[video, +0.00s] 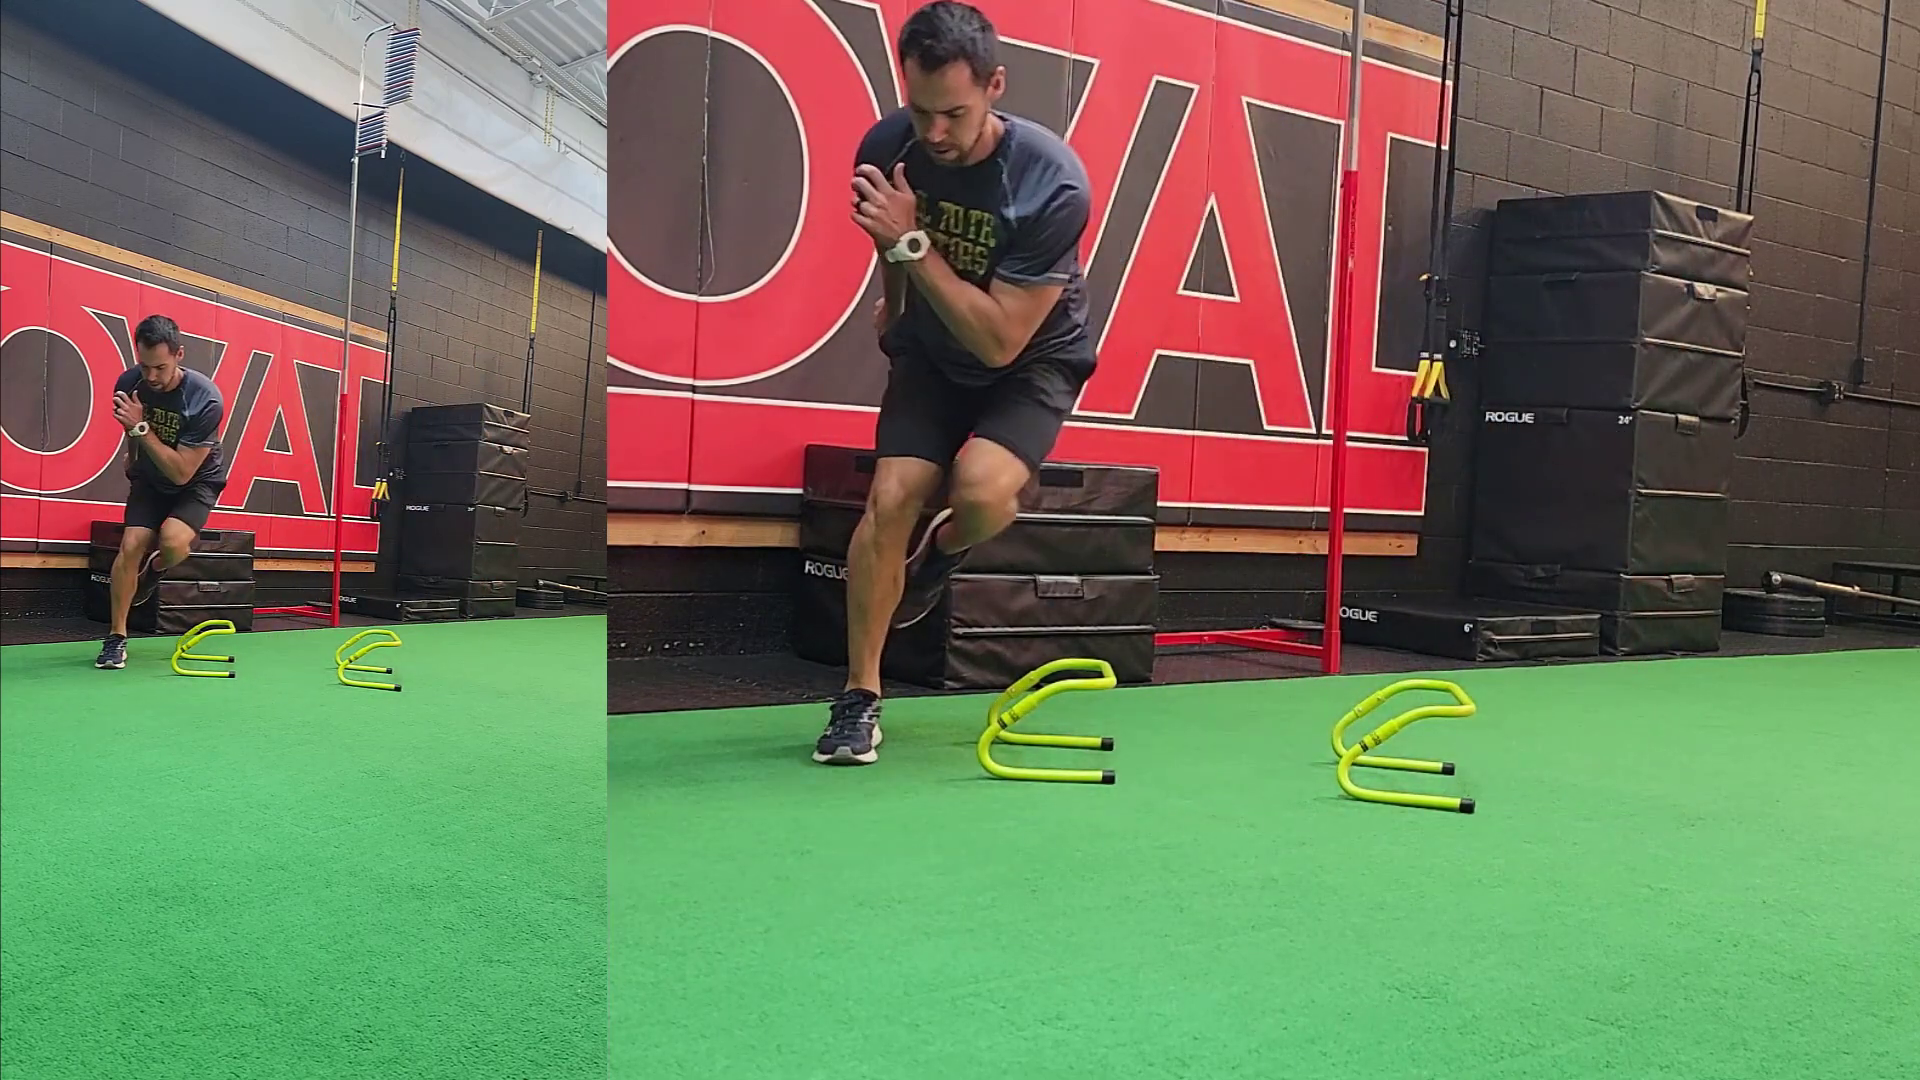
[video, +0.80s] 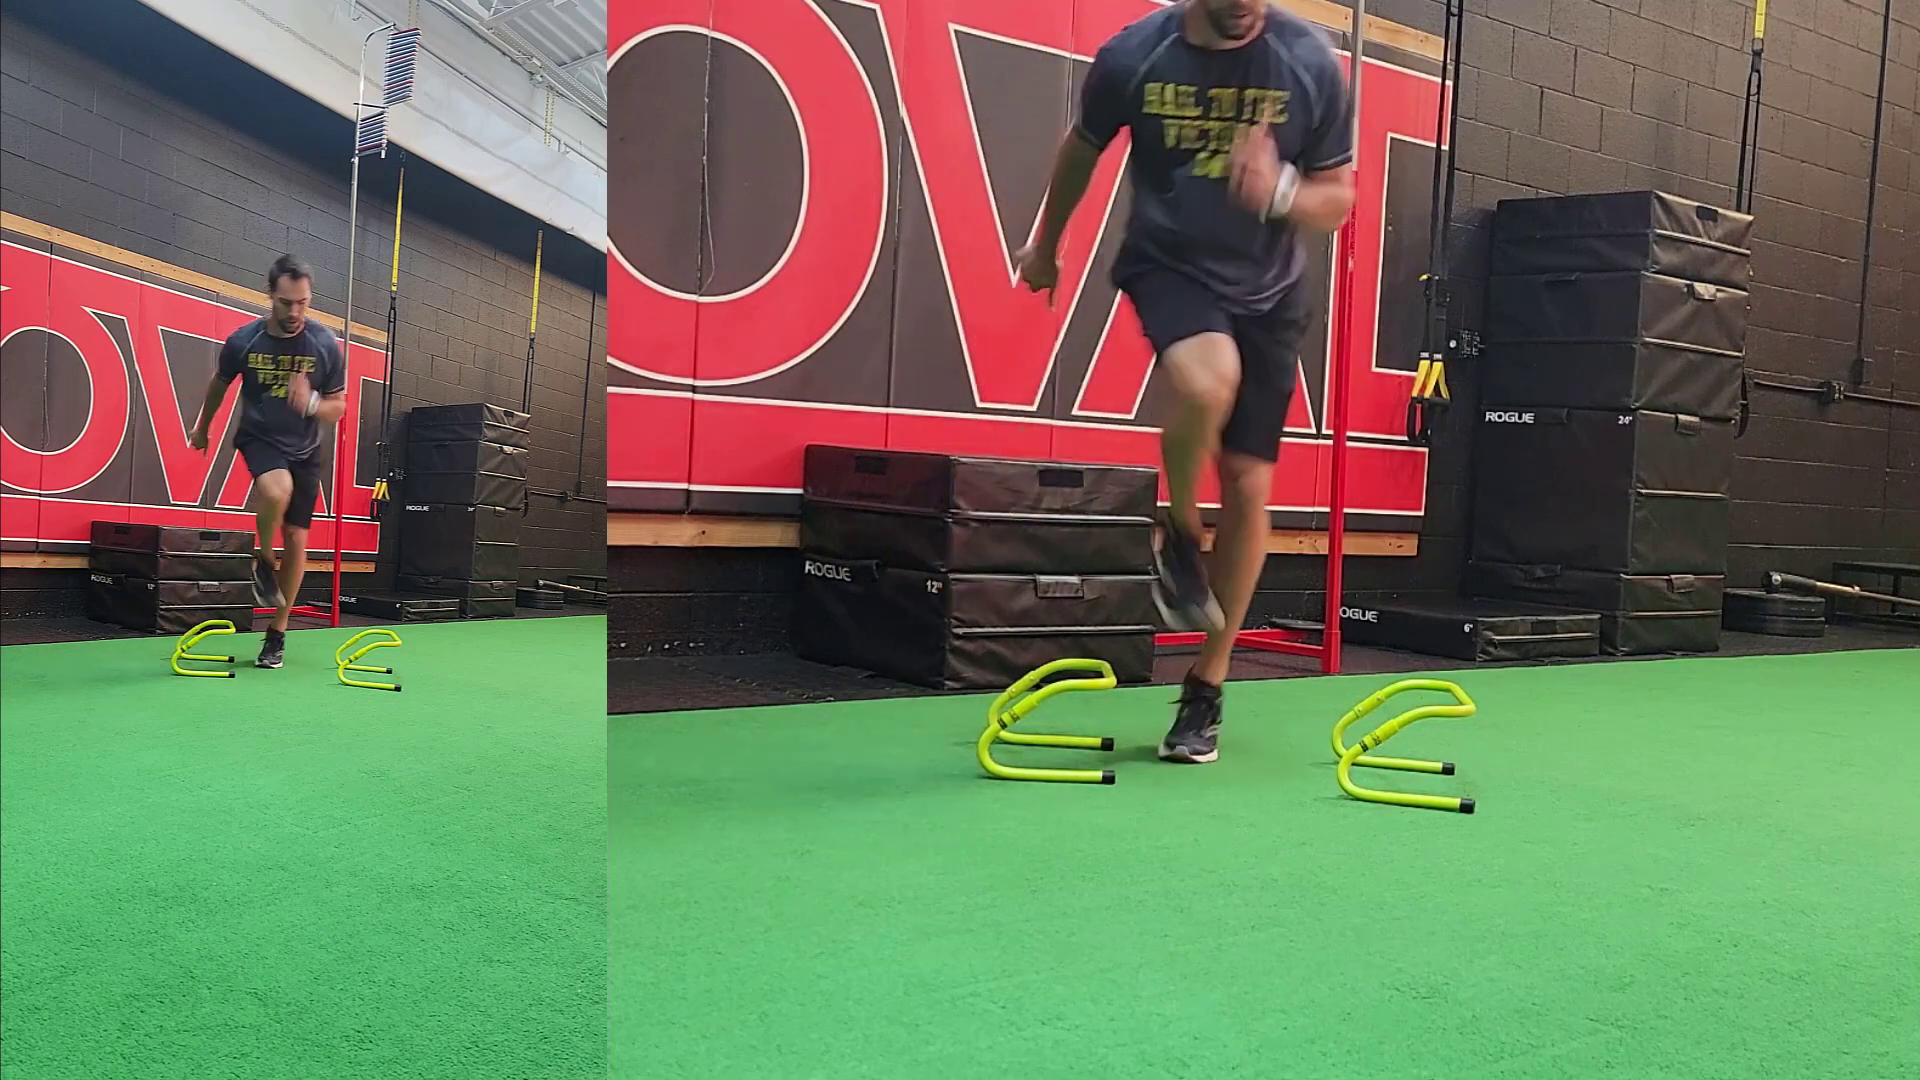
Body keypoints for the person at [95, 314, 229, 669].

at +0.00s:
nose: (152, 376)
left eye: (160, 368)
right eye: (145, 367)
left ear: (179, 355)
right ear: (137, 356)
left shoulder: (205, 400)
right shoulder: (130, 384)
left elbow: (182, 473)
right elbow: (134, 425)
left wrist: (141, 429)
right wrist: (130, 455)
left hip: (198, 481)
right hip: (150, 476)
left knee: (173, 541)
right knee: (131, 546)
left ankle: (155, 569)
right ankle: (117, 636)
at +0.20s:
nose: (143, 374)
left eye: (152, 366)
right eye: (137, 365)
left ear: (171, 354)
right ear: (128, 355)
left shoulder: (198, 400)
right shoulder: (119, 387)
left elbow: (187, 474)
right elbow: (122, 429)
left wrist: (142, 434)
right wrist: (125, 458)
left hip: (189, 483)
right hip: (144, 475)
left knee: (157, 541)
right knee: (126, 545)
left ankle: (142, 578)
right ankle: (116, 637)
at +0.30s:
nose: (151, 368)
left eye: (159, 358)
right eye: (144, 358)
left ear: (175, 348)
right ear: (134, 350)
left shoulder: (203, 392)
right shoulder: (123, 390)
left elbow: (217, 461)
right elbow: (119, 445)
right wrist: (113, 497)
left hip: (190, 480)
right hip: (145, 477)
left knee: (165, 537)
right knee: (127, 546)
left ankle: (160, 578)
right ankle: (116, 637)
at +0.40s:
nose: (170, 357)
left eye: (177, 347)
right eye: (162, 348)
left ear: (190, 339)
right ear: (149, 342)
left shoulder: (215, 385)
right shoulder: (134, 386)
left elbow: (247, 445)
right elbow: (123, 448)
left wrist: (261, 504)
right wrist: (114, 501)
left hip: (204, 476)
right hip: (155, 477)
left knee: (180, 536)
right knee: (131, 547)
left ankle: (220, 557)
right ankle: (117, 638)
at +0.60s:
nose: (235, 317)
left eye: (242, 308)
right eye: (226, 307)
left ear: (252, 303)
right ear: (212, 301)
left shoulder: (275, 350)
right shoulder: (188, 345)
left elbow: (298, 402)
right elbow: (176, 395)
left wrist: (302, 455)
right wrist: (177, 433)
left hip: (254, 452)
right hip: (204, 450)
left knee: (255, 539)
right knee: (175, 528)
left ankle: (275, 624)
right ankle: (136, 614)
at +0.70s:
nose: (269, 317)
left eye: (276, 308)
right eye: (260, 307)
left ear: (284, 304)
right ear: (245, 303)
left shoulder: (302, 354)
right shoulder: (221, 348)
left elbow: (315, 414)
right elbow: (198, 395)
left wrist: (301, 465)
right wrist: (180, 443)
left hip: (278, 456)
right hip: (231, 450)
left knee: (273, 550)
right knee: (221, 511)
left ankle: (270, 635)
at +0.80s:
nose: (295, 312)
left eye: (302, 303)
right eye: (286, 302)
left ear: (310, 299)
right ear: (270, 297)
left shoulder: (325, 345)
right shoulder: (243, 341)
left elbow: (338, 406)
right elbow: (219, 384)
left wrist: (312, 403)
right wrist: (202, 427)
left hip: (304, 448)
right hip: (259, 439)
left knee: (296, 539)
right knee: (278, 489)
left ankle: (277, 633)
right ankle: (265, 560)